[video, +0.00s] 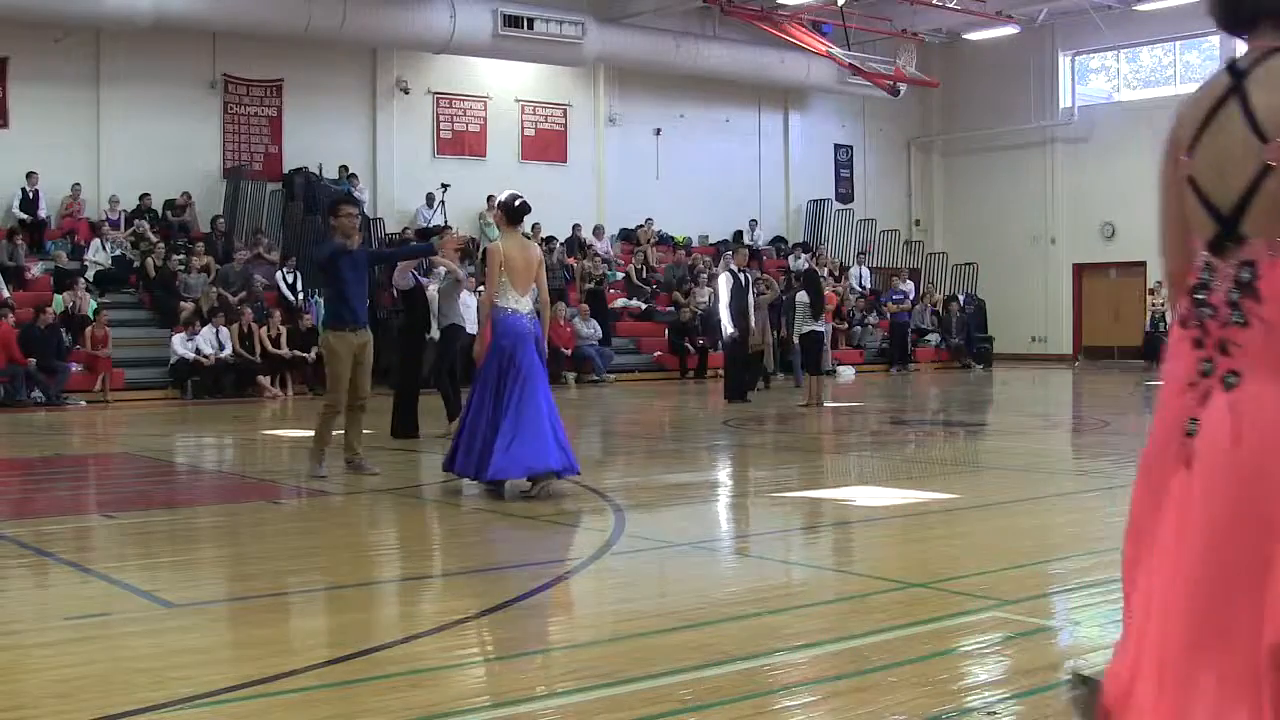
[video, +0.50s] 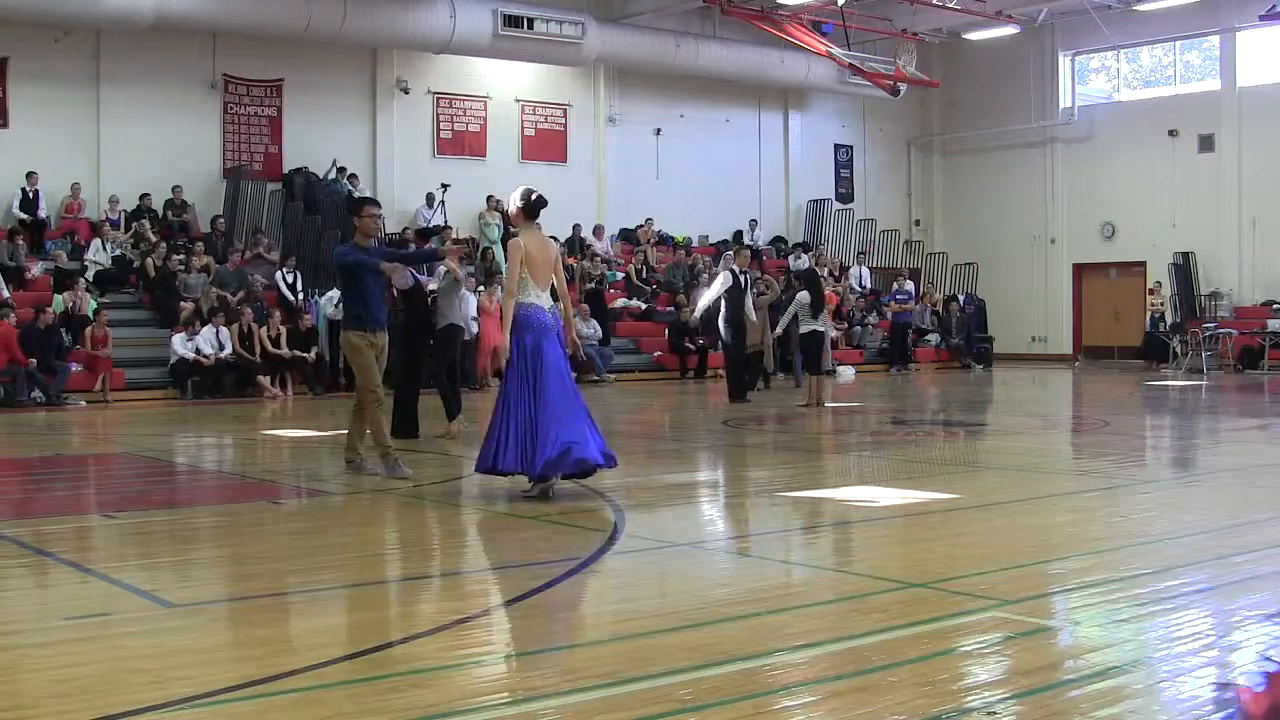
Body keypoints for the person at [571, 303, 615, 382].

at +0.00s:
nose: (587, 313)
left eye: (588, 311)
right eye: (584, 311)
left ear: (589, 311)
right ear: (580, 312)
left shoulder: (593, 321)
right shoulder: (576, 321)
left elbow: (599, 335)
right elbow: (582, 333)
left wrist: (587, 336)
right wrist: (593, 332)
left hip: (594, 344)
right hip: (583, 345)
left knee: (609, 354)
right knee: (592, 354)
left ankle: (596, 374)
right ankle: (602, 374)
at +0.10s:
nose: (587, 313)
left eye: (588, 311)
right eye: (584, 311)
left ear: (589, 311)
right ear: (580, 312)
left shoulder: (593, 321)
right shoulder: (576, 321)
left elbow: (599, 335)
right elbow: (582, 333)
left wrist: (587, 336)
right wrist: (593, 332)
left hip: (594, 344)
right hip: (583, 345)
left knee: (609, 354)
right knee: (592, 354)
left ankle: (597, 373)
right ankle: (602, 374)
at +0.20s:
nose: (587, 313)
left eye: (588, 311)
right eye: (584, 311)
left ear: (589, 311)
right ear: (580, 312)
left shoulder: (593, 321)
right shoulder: (576, 321)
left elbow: (599, 335)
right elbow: (582, 333)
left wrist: (587, 336)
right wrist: (593, 332)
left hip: (594, 344)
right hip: (583, 345)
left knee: (608, 354)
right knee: (592, 354)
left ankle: (597, 373)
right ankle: (602, 374)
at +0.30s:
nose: (587, 313)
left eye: (588, 311)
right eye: (584, 311)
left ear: (589, 311)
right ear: (580, 312)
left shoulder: (593, 321)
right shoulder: (576, 321)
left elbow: (599, 335)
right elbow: (582, 333)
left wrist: (587, 336)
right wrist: (593, 332)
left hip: (594, 344)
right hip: (583, 345)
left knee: (608, 354)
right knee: (592, 354)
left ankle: (597, 373)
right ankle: (602, 374)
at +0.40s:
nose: (586, 313)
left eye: (588, 311)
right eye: (584, 311)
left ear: (590, 312)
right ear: (580, 312)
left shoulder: (593, 321)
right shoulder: (577, 321)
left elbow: (599, 335)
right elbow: (582, 333)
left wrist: (587, 336)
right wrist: (593, 332)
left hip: (595, 345)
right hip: (584, 345)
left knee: (609, 354)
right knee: (592, 354)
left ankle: (596, 373)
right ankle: (602, 374)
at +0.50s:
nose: (586, 313)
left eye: (588, 311)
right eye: (584, 311)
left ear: (590, 312)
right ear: (580, 312)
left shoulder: (593, 321)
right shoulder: (576, 321)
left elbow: (599, 335)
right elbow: (581, 333)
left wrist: (587, 335)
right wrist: (593, 332)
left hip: (595, 345)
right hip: (584, 345)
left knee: (609, 354)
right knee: (592, 354)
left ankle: (595, 373)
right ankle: (602, 374)